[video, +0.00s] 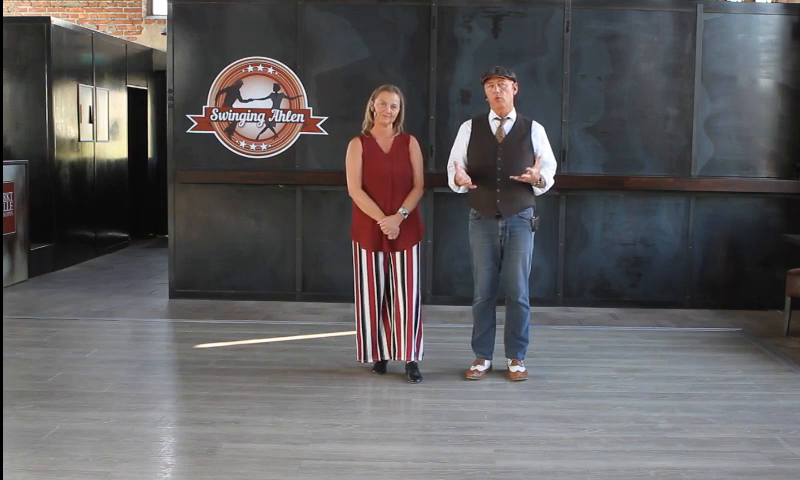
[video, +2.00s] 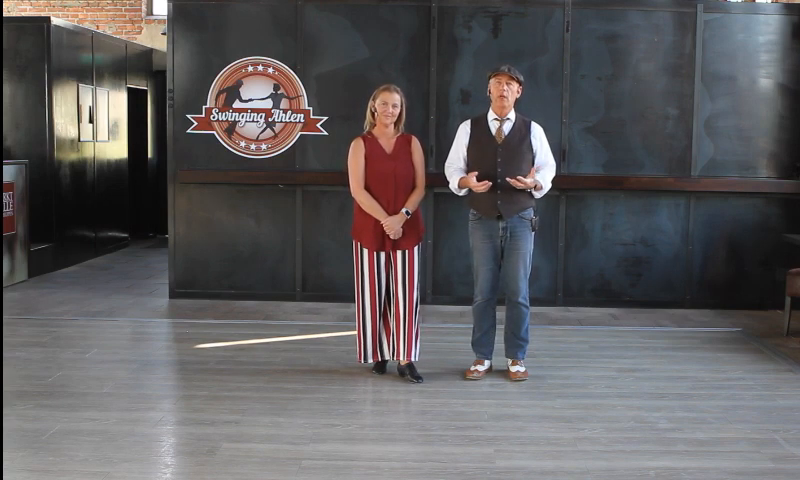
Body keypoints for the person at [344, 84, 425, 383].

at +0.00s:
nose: (387, 110)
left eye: (393, 105)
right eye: (383, 104)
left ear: (399, 110)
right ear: (373, 106)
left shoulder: (410, 143)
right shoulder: (357, 144)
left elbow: (419, 186)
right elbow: (354, 189)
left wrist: (398, 216)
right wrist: (385, 220)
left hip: (405, 229)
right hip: (369, 230)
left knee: (408, 294)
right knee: (373, 295)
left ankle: (412, 357)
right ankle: (378, 355)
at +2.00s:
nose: (389, 110)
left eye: (394, 105)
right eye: (384, 104)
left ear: (400, 110)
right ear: (374, 107)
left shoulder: (412, 143)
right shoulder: (360, 144)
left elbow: (420, 187)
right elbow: (357, 190)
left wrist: (401, 216)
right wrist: (389, 220)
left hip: (406, 230)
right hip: (371, 231)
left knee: (406, 295)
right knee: (374, 295)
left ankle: (406, 359)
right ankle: (379, 356)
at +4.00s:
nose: (396, 108)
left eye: (397, 103)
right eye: (389, 104)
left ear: (399, 107)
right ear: (373, 110)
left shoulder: (412, 143)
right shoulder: (360, 145)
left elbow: (421, 187)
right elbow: (357, 191)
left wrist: (402, 216)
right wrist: (388, 220)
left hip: (406, 230)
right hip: (371, 231)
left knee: (407, 295)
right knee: (374, 295)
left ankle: (406, 359)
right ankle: (378, 355)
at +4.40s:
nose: (396, 108)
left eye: (397, 103)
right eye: (389, 105)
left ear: (400, 107)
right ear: (373, 110)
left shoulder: (412, 143)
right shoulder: (360, 145)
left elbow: (421, 187)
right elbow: (357, 190)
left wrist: (402, 216)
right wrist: (387, 220)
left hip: (405, 230)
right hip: (371, 231)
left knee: (407, 295)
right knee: (374, 295)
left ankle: (406, 359)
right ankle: (378, 355)